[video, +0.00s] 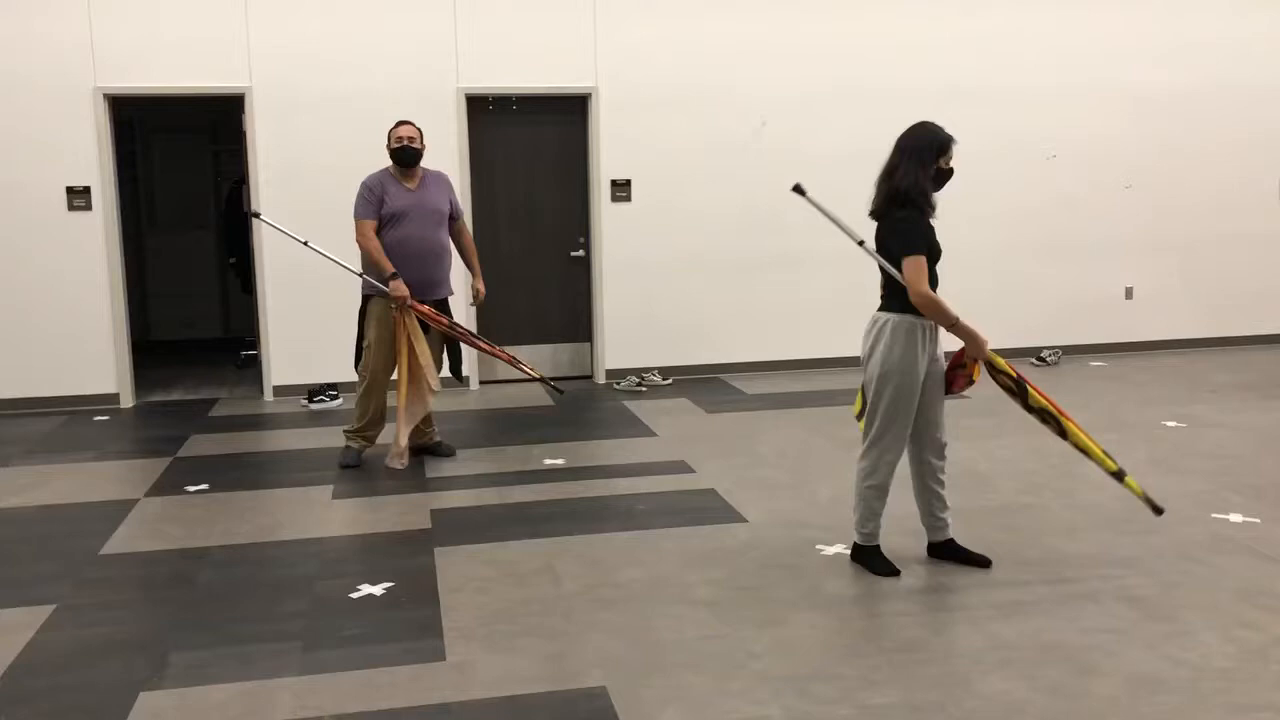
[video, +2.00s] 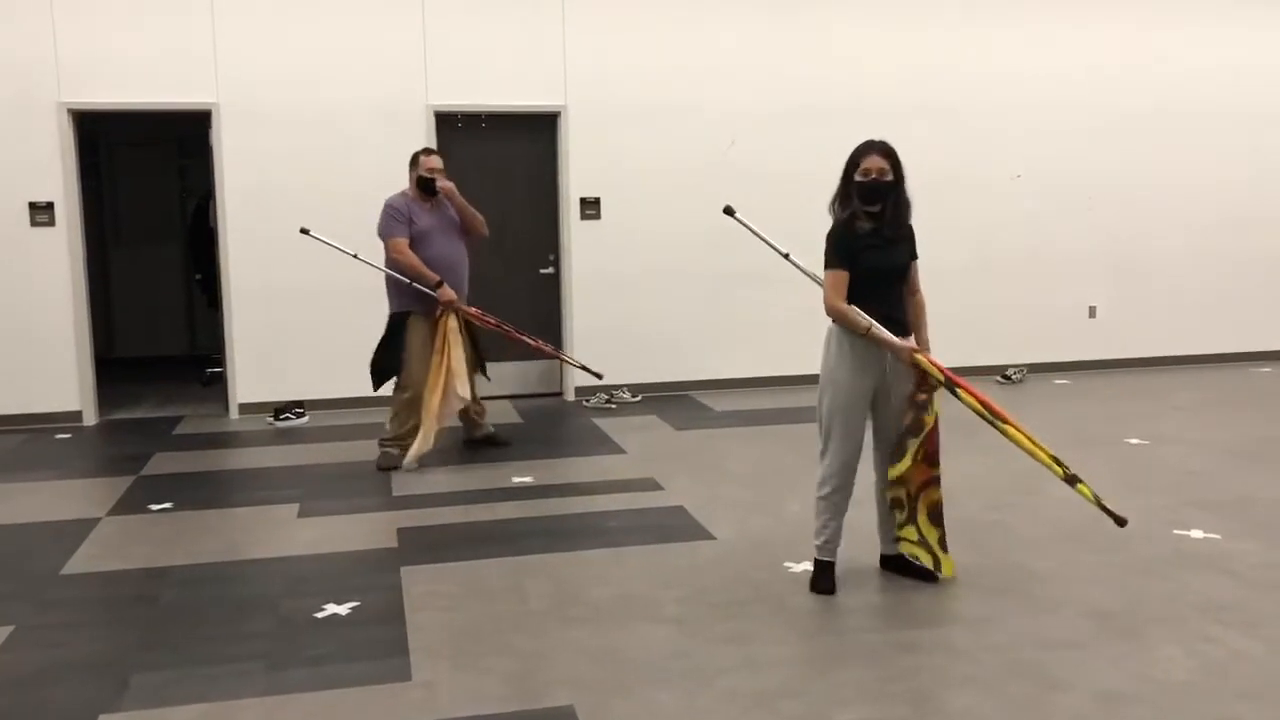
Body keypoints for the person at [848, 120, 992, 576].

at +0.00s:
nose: (948, 170)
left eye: (949, 161)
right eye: (944, 161)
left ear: (912, 159)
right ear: (926, 161)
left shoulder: (912, 214)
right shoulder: (904, 217)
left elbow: (912, 293)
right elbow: (919, 294)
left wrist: (943, 332)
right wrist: (968, 334)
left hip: (920, 337)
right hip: (897, 336)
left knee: (930, 443)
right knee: (883, 442)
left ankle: (939, 539)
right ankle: (865, 542)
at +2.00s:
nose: (874, 180)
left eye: (883, 173)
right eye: (865, 173)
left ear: (895, 179)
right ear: (852, 177)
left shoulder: (902, 231)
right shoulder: (843, 232)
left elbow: (914, 295)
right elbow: (834, 304)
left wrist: (925, 354)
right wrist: (892, 341)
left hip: (897, 348)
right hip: (851, 347)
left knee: (894, 453)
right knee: (840, 456)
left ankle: (893, 551)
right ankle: (825, 558)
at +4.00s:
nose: (858, 165)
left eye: (859, 156)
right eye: (853, 156)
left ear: (825, 153)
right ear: (832, 155)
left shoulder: (823, 204)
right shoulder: (811, 206)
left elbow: (827, 280)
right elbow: (820, 282)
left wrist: (850, 336)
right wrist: (863, 333)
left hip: (834, 323)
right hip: (806, 323)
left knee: (836, 428)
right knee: (791, 428)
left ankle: (843, 522)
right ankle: (766, 527)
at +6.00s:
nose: (825, 138)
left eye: (823, 129)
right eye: (821, 130)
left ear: (782, 130)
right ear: (810, 133)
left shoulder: (800, 181)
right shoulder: (786, 184)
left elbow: (800, 259)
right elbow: (791, 262)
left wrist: (832, 312)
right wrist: (843, 305)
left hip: (807, 302)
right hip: (782, 302)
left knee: (811, 408)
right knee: (768, 409)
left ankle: (820, 500)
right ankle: (743, 507)